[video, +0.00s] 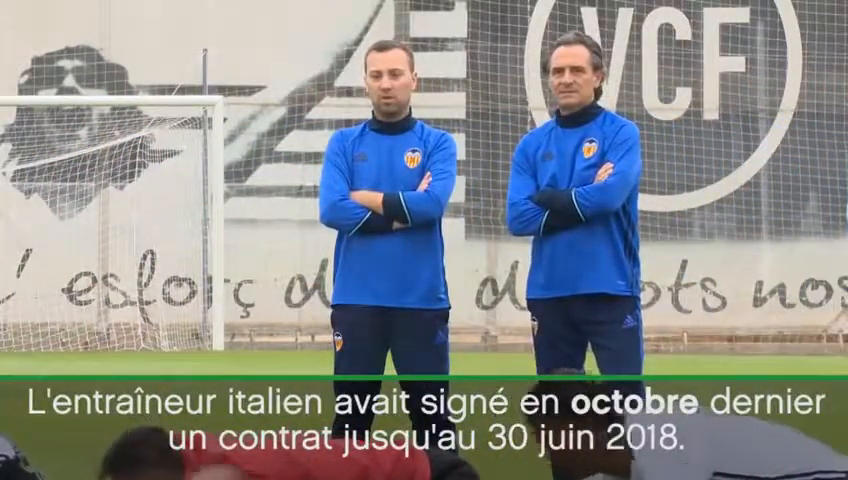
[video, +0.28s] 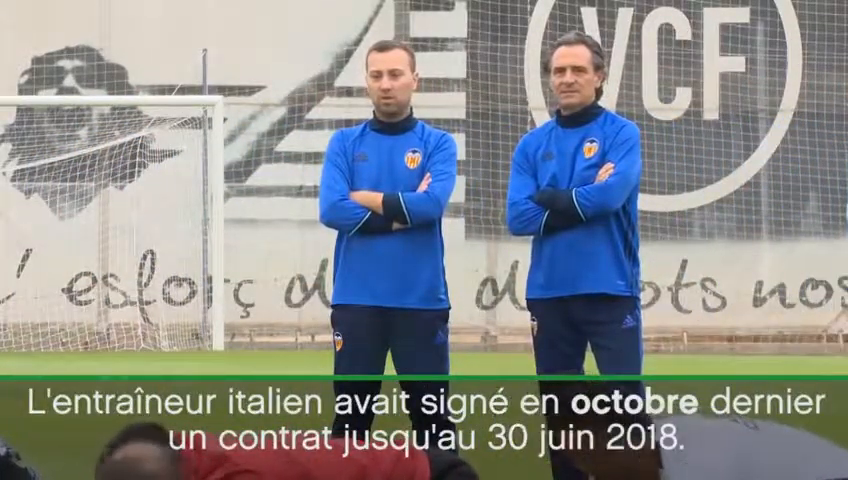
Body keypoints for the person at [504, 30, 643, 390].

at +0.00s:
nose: (566, 79)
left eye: (576, 70)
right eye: (558, 71)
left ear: (598, 77)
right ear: (548, 79)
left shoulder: (619, 131)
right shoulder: (529, 144)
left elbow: (610, 197)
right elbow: (517, 218)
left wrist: (542, 197)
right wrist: (590, 194)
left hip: (611, 289)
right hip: (549, 293)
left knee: (625, 403)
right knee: (556, 406)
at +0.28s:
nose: (566, 80)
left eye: (576, 71)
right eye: (558, 71)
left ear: (599, 78)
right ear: (550, 80)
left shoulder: (621, 133)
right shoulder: (531, 143)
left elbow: (610, 195)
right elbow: (518, 218)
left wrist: (543, 197)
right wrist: (589, 194)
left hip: (611, 291)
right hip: (550, 294)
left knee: (627, 403)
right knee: (557, 407)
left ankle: (638, 476)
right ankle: (566, 476)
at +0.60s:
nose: (567, 80)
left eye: (577, 71)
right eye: (559, 71)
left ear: (599, 78)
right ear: (550, 80)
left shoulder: (622, 133)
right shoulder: (530, 143)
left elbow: (609, 196)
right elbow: (518, 218)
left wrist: (542, 197)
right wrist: (589, 195)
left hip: (612, 292)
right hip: (550, 294)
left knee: (626, 404)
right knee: (556, 408)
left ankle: (630, 476)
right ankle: (564, 476)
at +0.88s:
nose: (567, 79)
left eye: (578, 70)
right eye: (559, 71)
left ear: (599, 77)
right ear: (550, 79)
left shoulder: (620, 132)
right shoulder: (530, 143)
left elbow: (610, 198)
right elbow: (518, 218)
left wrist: (543, 196)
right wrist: (592, 193)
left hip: (610, 290)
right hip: (548, 293)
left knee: (625, 404)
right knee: (554, 405)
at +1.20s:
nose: (566, 80)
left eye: (577, 71)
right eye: (558, 71)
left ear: (598, 78)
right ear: (548, 79)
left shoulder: (619, 132)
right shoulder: (528, 144)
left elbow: (609, 198)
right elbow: (517, 218)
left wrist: (543, 197)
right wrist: (591, 194)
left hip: (610, 291)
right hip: (548, 294)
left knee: (625, 404)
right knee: (555, 406)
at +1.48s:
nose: (566, 80)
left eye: (576, 71)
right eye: (558, 72)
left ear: (597, 78)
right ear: (548, 79)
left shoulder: (618, 131)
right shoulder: (528, 144)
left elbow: (609, 198)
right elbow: (517, 218)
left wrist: (543, 197)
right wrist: (590, 193)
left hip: (610, 290)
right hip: (548, 293)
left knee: (625, 403)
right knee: (555, 406)